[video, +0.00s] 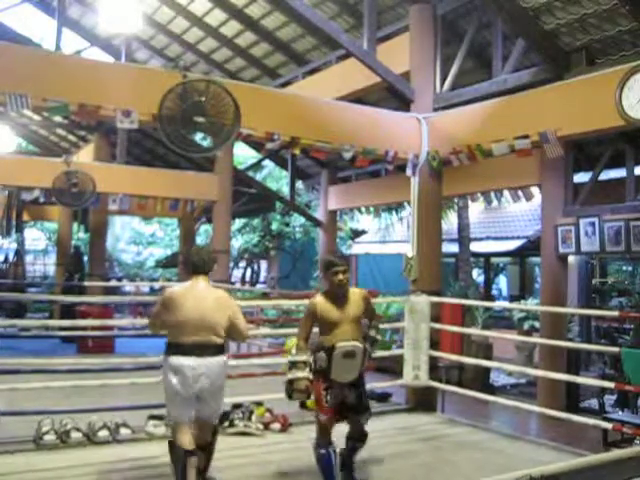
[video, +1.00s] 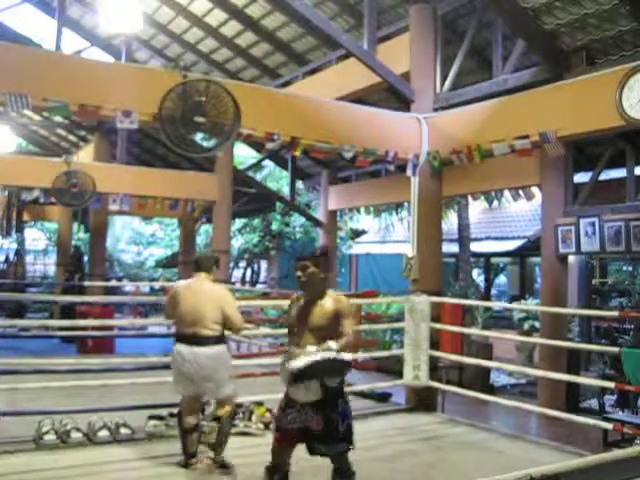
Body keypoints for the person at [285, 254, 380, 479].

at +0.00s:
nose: (342, 278)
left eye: (345, 273)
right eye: (336, 274)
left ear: (349, 274)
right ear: (326, 277)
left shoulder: (361, 297)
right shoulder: (317, 304)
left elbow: (374, 319)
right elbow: (302, 338)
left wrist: (369, 339)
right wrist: (302, 371)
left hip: (355, 368)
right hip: (327, 369)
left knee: (359, 428)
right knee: (324, 427)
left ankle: (348, 462)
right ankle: (328, 473)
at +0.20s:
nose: (337, 276)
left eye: (340, 271)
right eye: (331, 272)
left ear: (345, 272)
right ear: (321, 276)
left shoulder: (357, 296)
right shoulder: (311, 304)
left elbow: (370, 318)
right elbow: (296, 340)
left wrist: (366, 339)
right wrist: (297, 372)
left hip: (352, 367)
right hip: (323, 369)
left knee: (361, 435)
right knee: (322, 436)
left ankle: (354, 473)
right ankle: (329, 475)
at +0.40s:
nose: (336, 276)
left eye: (340, 271)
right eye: (330, 272)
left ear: (345, 273)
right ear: (321, 275)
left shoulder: (357, 299)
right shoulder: (309, 303)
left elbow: (377, 314)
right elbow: (291, 336)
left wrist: (373, 340)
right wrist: (289, 367)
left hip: (349, 367)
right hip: (318, 369)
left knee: (350, 437)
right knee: (321, 436)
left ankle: (353, 474)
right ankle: (329, 476)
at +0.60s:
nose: (331, 274)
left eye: (336, 269)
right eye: (326, 270)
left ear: (345, 272)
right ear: (320, 273)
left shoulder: (359, 303)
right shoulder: (308, 304)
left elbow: (385, 328)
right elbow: (290, 334)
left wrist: (381, 356)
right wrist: (287, 361)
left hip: (347, 372)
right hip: (314, 373)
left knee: (347, 442)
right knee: (311, 448)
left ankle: (350, 474)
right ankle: (326, 476)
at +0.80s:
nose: (321, 273)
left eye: (327, 268)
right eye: (318, 268)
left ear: (340, 270)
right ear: (313, 271)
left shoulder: (356, 304)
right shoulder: (304, 302)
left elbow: (379, 338)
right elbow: (292, 329)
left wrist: (353, 363)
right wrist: (293, 359)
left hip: (340, 387)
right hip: (307, 385)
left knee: (344, 453)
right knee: (289, 447)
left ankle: (347, 475)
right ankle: (300, 475)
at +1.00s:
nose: (299, 276)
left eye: (305, 270)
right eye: (297, 271)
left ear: (321, 273)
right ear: (295, 275)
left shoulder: (339, 303)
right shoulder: (295, 304)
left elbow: (352, 339)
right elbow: (293, 338)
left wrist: (325, 349)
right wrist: (293, 355)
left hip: (328, 381)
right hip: (298, 380)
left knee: (336, 452)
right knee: (281, 446)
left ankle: (343, 470)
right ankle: (278, 472)